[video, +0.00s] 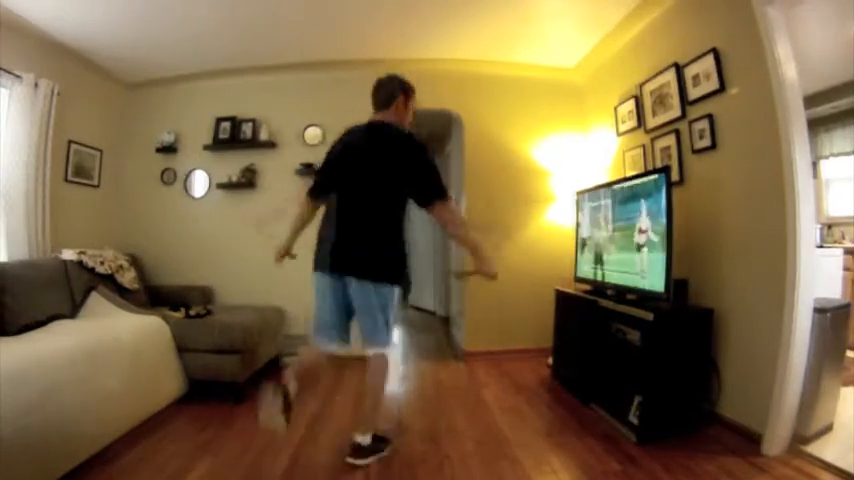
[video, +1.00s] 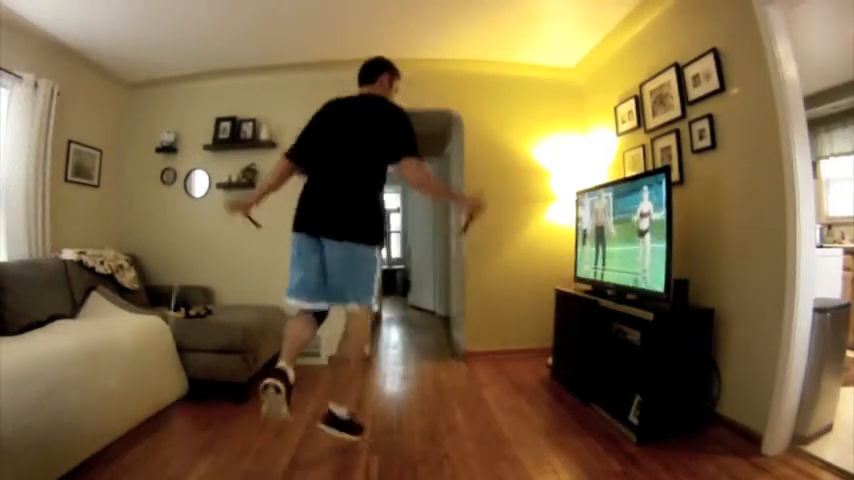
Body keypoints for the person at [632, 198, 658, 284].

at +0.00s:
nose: (643, 216)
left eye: (644, 215)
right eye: (642, 215)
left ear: (646, 217)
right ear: (640, 216)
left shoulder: (647, 224)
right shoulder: (638, 224)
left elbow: (650, 234)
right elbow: (635, 234)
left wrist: (656, 239)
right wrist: (635, 240)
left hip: (644, 244)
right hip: (638, 244)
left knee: (645, 258)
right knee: (638, 258)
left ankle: (644, 271)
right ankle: (639, 270)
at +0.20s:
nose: (645, 213)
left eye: (646, 212)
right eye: (644, 212)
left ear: (648, 213)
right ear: (642, 213)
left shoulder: (649, 223)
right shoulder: (640, 223)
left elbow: (651, 237)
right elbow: (637, 235)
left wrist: (658, 246)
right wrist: (635, 245)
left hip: (646, 245)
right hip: (639, 245)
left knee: (647, 261)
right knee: (640, 261)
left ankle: (646, 273)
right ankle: (640, 272)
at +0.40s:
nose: (644, 201)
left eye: (645, 199)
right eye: (643, 199)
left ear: (647, 200)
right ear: (641, 200)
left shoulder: (649, 211)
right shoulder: (640, 212)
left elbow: (653, 224)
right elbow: (636, 225)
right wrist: (635, 224)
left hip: (647, 237)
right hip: (640, 237)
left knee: (647, 255)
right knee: (640, 255)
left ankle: (647, 271)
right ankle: (639, 270)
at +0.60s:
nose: (644, 206)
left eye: (645, 204)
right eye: (643, 204)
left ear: (648, 205)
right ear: (642, 205)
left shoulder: (650, 216)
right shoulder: (641, 216)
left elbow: (652, 227)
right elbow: (638, 227)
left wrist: (654, 234)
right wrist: (636, 237)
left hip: (647, 231)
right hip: (641, 232)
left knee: (647, 253)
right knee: (640, 252)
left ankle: (647, 271)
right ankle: (640, 270)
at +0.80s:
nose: (645, 206)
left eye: (647, 204)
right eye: (644, 204)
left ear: (649, 205)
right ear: (642, 206)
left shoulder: (650, 216)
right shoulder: (642, 216)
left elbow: (652, 229)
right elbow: (639, 227)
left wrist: (659, 236)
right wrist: (636, 237)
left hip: (648, 235)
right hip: (641, 235)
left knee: (648, 256)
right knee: (640, 256)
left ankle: (647, 273)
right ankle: (640, 272)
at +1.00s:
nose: (645, 194)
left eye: (646, 192)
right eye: (643, 192)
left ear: (648, 194)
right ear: (641, 194)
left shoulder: (650, 205)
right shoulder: (640, 205)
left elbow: (652, 217)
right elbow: (635, 219)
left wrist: (661, 215)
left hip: (647, 230)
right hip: (640, 230)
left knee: (647, 251)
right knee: (640, 252)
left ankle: (646, 271)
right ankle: (639, 271)